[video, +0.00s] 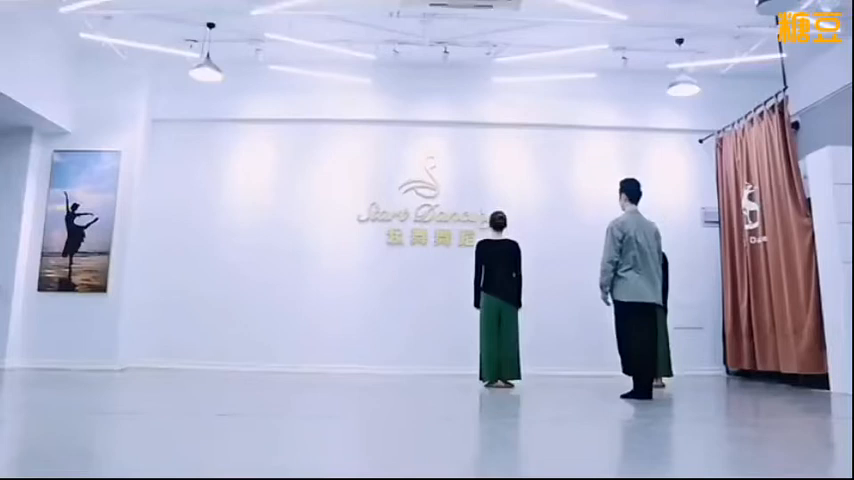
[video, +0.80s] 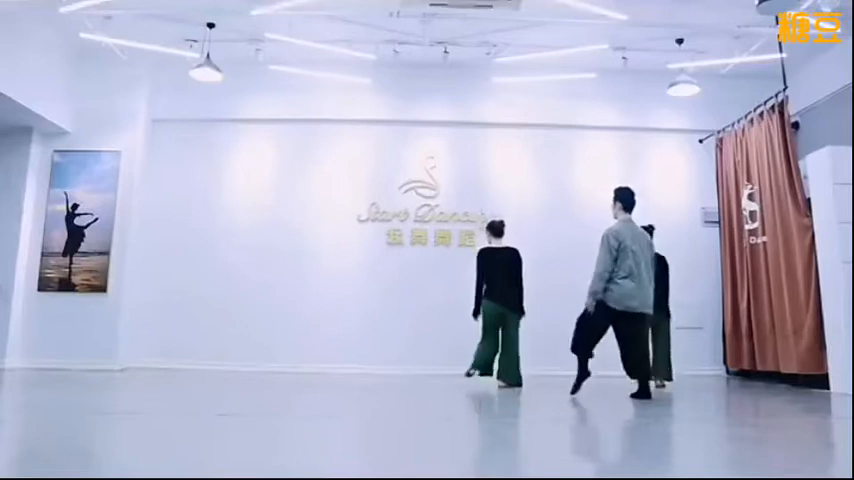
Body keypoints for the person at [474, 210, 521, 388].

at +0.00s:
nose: (498, 226)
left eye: (495, 223)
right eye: (501, 223)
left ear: (489, 225)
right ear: (505, 225)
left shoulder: (482, 245)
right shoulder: (513, 246)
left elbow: (478, 274)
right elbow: (518, 275)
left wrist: (476, 297)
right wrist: (519, 298)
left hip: (489, 296)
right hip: (508, 298)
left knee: (489, 336)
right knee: (507, 336)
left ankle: (490, 376)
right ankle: (505, 376)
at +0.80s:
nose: (487, 236)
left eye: (487, 234)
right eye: (489, 233)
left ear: (488, 234)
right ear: (503, 234)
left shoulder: (483, 253)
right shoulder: (514, 253)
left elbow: (480, 283)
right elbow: (519, 283)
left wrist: (476, 306)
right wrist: (520, 306)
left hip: (490, 302)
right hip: (512, 304)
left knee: (488, 336)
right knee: (510, 341)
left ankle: (477, 366)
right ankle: (510, 377)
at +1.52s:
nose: (461, 225)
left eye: (462, 223)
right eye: (465, 223)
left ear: (463, 225)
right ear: (478, 228)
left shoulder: (451, 243)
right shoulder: (480, 249)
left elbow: (444, 270)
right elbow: (484, 278)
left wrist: (438, 293)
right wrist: (488, 303)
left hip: (452, 292)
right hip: (472, 294)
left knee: (450, 333)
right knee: (483, 332)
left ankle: (449, 376)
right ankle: (499, 371)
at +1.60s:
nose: (459, 225)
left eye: (460, 223)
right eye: (462, 223)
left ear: (461, 225)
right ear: (476, 228)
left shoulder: (449, 243)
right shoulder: (477, 249)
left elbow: (441, 270)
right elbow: (481, 278)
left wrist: (436, 293)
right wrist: (485, 302)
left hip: (449, 292)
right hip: (469, 294)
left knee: (448, 334)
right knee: (483, 333)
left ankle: (449, 376)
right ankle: (497, 370)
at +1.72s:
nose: (454, 225)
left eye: (455, 223)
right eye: (457, 223)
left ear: (456, 225)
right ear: (471, 228)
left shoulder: (444, 243)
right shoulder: (473, 249)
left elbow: (437, 270)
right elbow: (476, 277)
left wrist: (432, 293)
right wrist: (480, 300)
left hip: (446, 292)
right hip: (466, 293)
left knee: (446, 333)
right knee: (480, 332)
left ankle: (448, 375)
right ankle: (496, 368)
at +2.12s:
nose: (460, 229)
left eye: (454, 224)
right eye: (463, 226)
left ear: (450, 225)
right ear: (466, 228)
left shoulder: (439, 244)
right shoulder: (468, 249)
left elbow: (433, 271)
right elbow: (473, 276)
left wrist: (431, 294)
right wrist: (478, 299)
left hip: (444, 293)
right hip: (465, 294)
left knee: (446, 334)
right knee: (480, 330)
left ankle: (447, 376)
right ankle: (497, 366)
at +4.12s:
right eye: (454, 250)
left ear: (439, 248)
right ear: (454, 250)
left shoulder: (430, 262)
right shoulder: (458, 264)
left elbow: (425, 286)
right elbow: (469, 288)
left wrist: (427, 307)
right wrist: (476, 312)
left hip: (439, 299)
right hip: (459, 300)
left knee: (441, 341)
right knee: (472, 337)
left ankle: (445, 379)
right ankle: (495, 370)